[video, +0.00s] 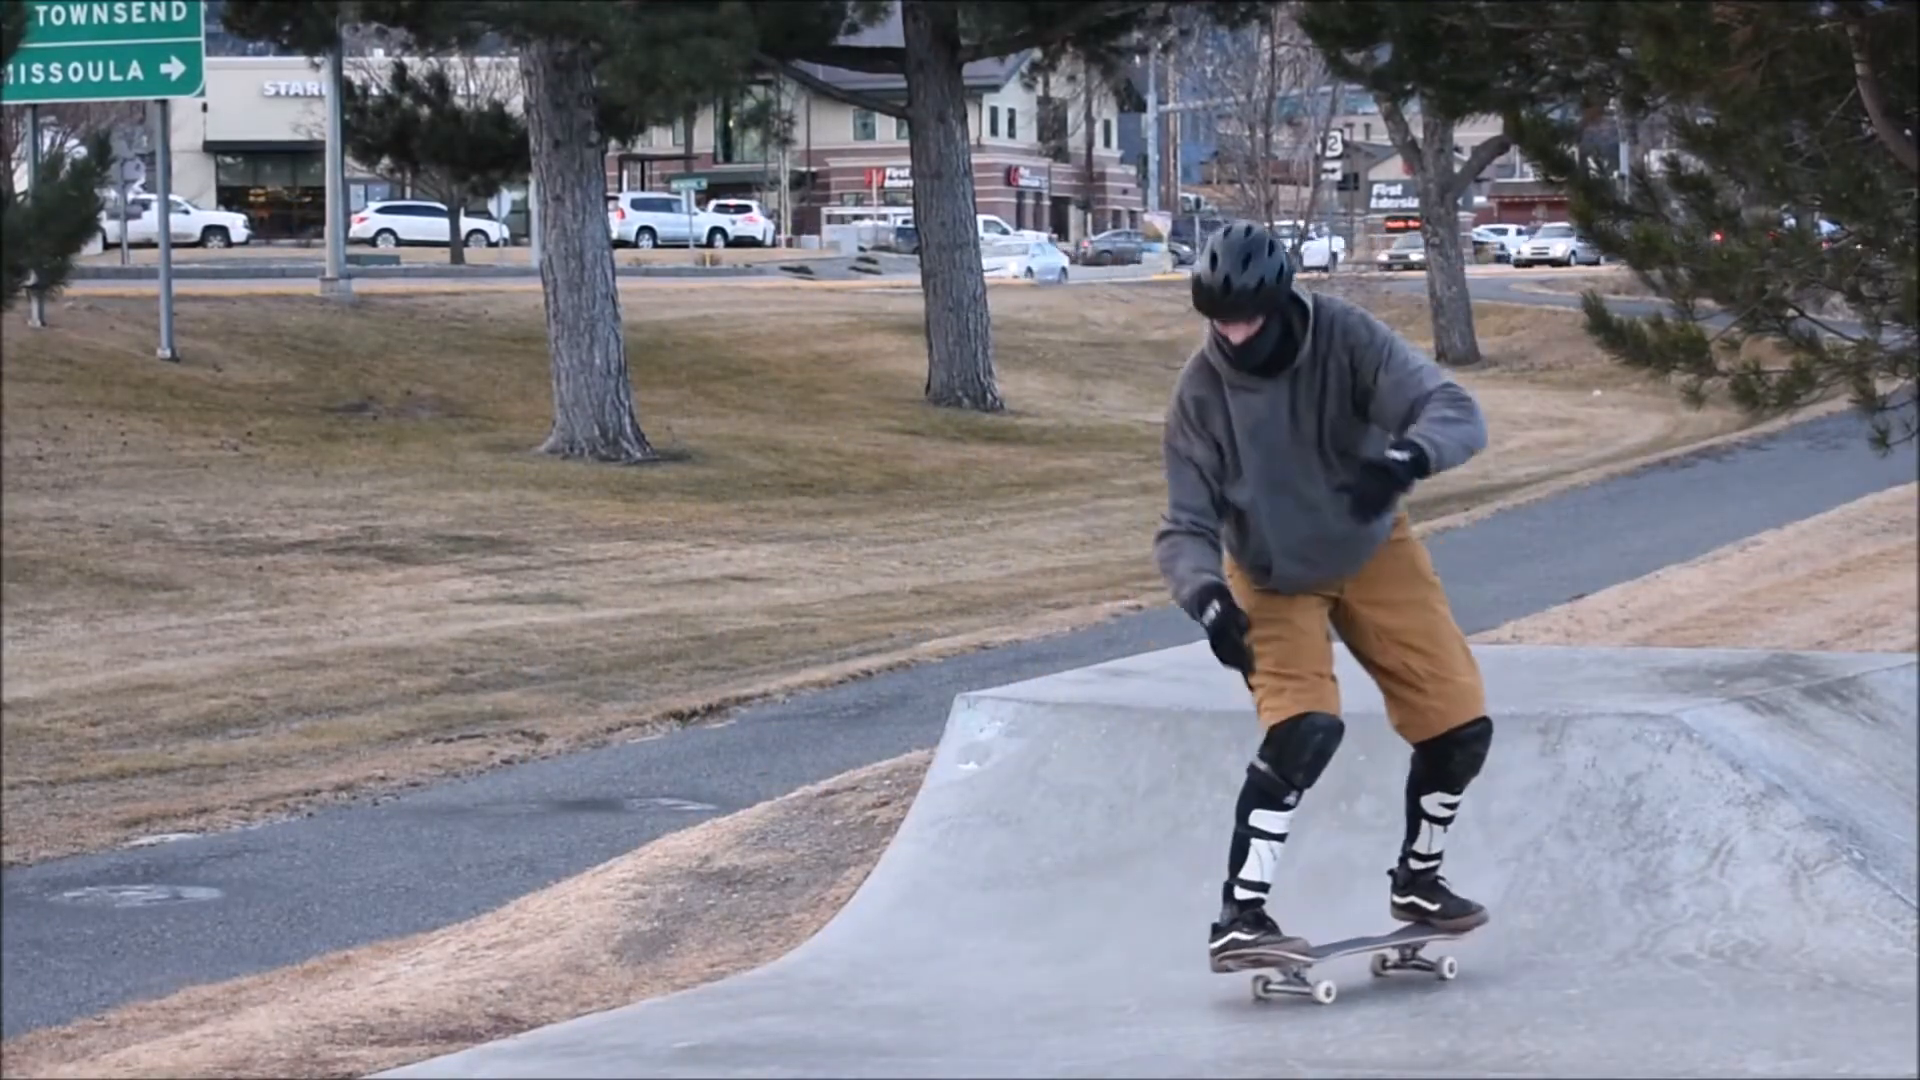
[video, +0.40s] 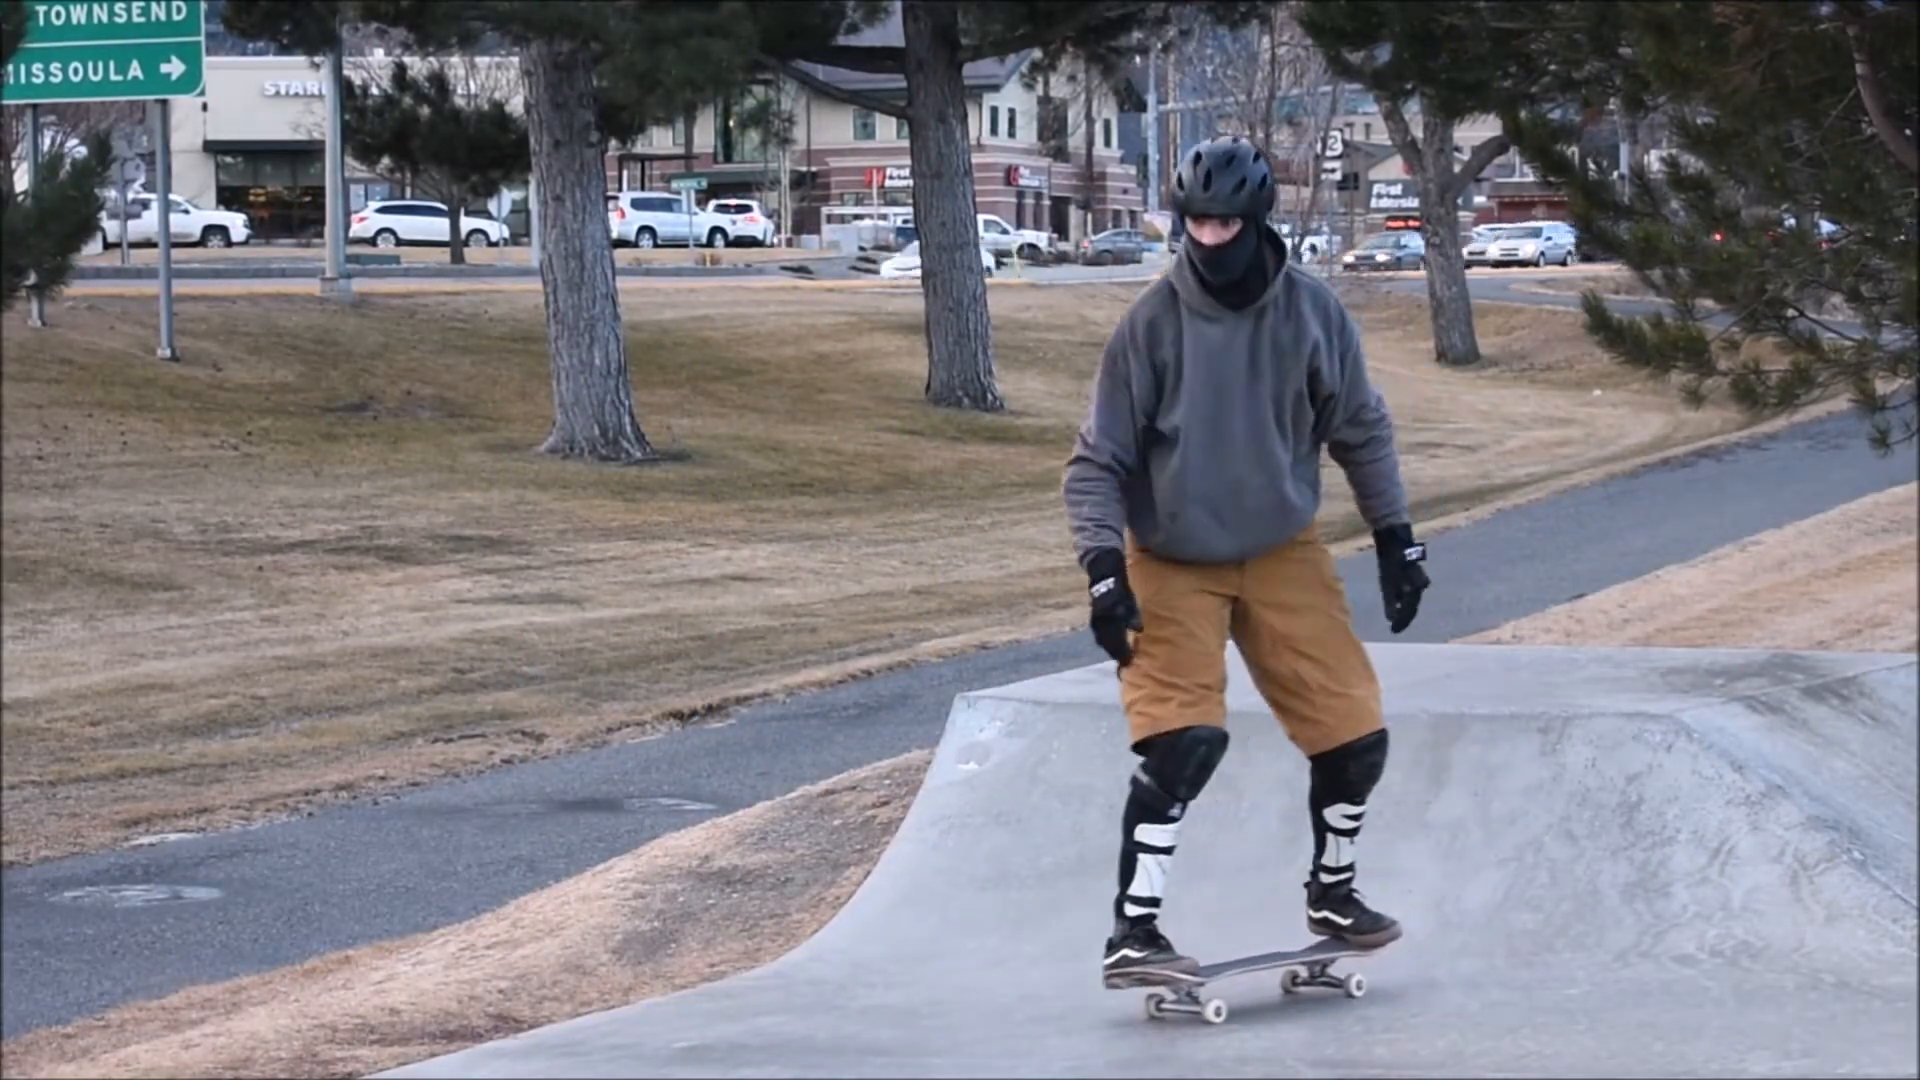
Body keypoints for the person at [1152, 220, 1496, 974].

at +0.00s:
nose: (1233, 332)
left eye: (1246, 316)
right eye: (1219, 318)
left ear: (1281, 299)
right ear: (1203, 309)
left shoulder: (1344, 336)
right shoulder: (1202, 390)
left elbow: (1458, 415)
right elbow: (1185, 528)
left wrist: (1406, 457)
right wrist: (1212, 606)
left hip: (1373, 548)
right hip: (1268, 568)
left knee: (1457, 728)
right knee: (1305, 728)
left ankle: (1417, 879)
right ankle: (1241, 918)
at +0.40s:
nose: (1207, 236)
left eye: (1224, 221)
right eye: (1196, 220)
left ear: (1259, 220)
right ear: (1179, 221)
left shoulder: (1311, 308)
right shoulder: (1153, 323)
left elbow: (1361, 426)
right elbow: (1098, 460)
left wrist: (1394, 538)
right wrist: (1103, 572)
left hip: (1283, 552)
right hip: (1171, 560)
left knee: (1352, 738)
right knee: (1184, 742)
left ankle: (1331, 893)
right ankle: (1135, 931)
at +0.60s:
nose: (1254, 494)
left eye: (1263, 484)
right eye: (1250, 480)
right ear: (1219, 450)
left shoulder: (1242, 476)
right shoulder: (1114, 457)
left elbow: (1268, 565)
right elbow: (987, 571)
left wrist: (1320, 640)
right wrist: (995, 696)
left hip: (1143, 627)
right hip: (1051, 614)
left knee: (1236, 752)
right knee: (1140, 759)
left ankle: (1147, 897)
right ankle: (1031, 924)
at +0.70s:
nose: (1265, 501)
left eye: (1283, 492)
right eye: (1261, 486)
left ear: (1303, 469)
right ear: (1235, 450)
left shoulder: (1289, 473)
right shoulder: (1151, 461)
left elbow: (1316, 556)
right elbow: (1027, 566)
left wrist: (1361, 599)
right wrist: (1020, 688)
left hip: (1196, 617)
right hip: (1099, 606)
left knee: (1283, 751)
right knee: (1190, 750)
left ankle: (1197, 885)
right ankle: (1083, 911)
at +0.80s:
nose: (1281, 476)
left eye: (1300, 468)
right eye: (1272, 461)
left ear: (1330, 440)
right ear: (1254, 424)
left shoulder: (1334, 444)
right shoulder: (1185, 434)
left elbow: (1375, 577)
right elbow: (1075, 501)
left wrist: (1328, 552)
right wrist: (1030, 601)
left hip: (1252, 586)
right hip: (1158, 577)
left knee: (1326, 735)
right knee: (1230, 736)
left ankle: (1250, 864)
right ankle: (1136, 903)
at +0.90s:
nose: (1296, 416)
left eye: (1310, 407)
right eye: (1284, 404)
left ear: (1340, 377)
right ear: (1261, 368)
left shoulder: (1367, 378)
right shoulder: (1216, 358)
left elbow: (1396, 513)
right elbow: (1131, 368)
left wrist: (1318, 544)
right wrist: (1068, 426)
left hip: (1313, 539)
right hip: (1217, 532)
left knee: (1370, 695)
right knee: (1251, 705)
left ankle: (1312, 808)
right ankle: (1191, 877)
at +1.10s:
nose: (1305, 344)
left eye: (1317, 332)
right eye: (1290, 334)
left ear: (1352, 298)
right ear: (1266, 299)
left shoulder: (1422, 298)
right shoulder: (1243, 287)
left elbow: (1555, 321)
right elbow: (1158, 281)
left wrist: (1634, 400)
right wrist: (1077, 318)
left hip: (1418, 454)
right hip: (1310, 450)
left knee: (1449, 624)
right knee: (1276, 599)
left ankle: (1518, 769)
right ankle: (1331, 663)